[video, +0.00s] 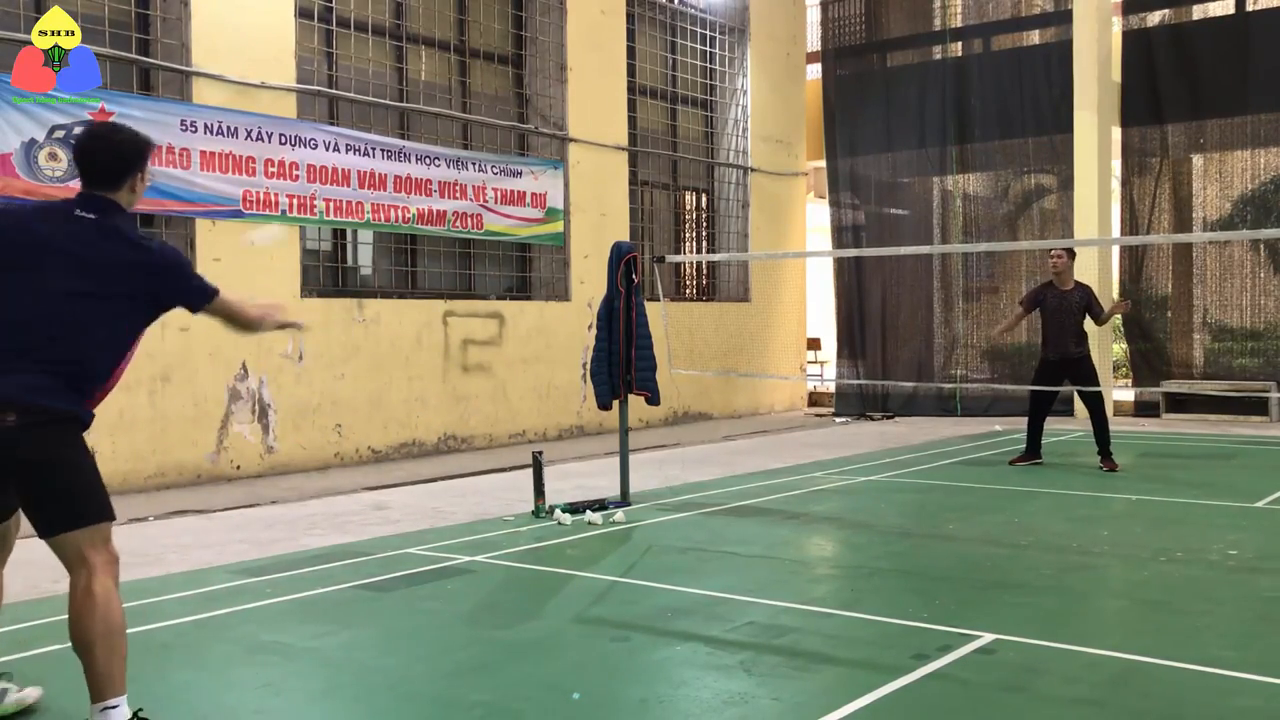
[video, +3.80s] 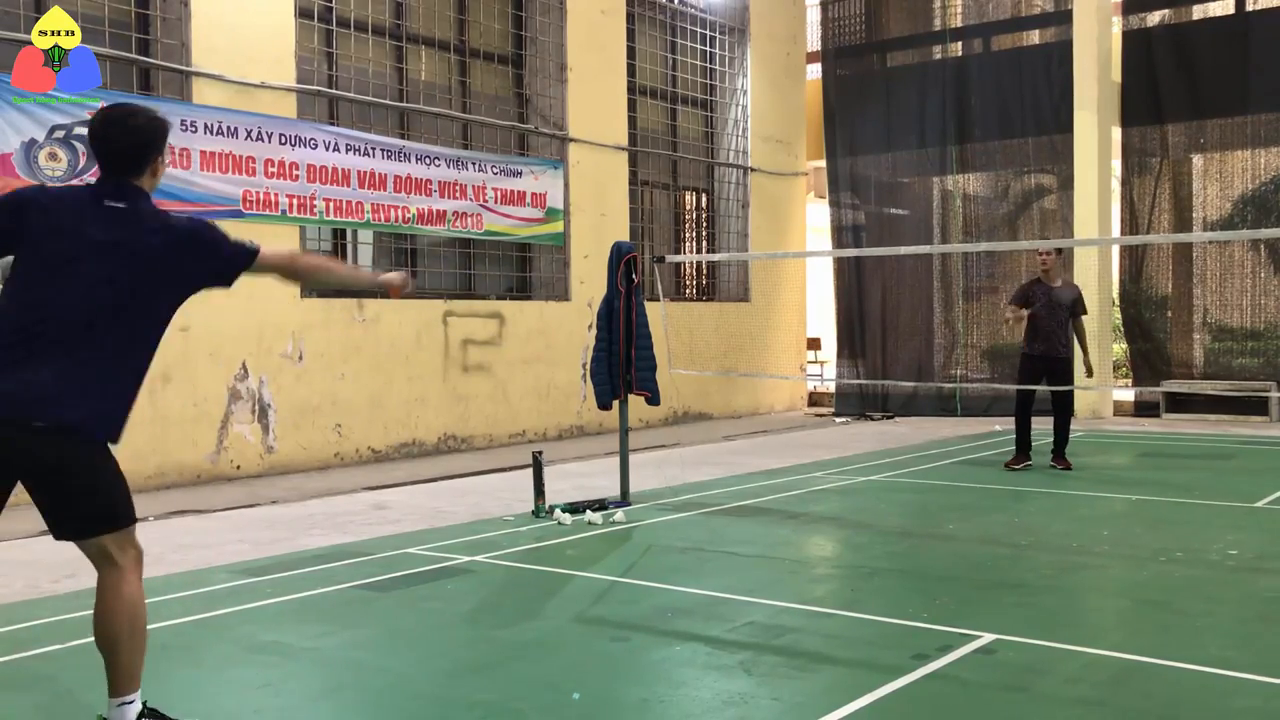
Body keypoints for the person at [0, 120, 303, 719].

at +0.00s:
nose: (149, 183)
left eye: (148, 174)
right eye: (147, 175)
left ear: (80, 174)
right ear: (137, 180)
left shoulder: (17, 221)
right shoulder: (148, 259)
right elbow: (235, 313)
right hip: (41, 426)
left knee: (1, 543)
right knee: (93, 562)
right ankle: (112, 711)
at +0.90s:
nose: (185, 148)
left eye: (181, 136)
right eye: (179, 138)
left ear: (114, 152)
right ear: (164, 151)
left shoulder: (63, 208)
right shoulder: (184, 236)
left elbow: (3, 269)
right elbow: (272, 317)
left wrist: (37, 314)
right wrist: (323, 311)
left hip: (25, 408)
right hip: (106, 420)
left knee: (7, 552)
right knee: (158, 556)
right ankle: (168, 706)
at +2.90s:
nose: (228, 165)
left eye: (227, 156)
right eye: (226, 157)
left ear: (159, 159)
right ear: (215, 163)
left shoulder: (100, 212)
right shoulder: (235, 240)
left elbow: (10, 270)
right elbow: (332, 271)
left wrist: (2, 334)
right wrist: (418, 286)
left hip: (61, 411)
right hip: (148, 422)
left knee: (28, 542)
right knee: (198, 546)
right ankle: (203, 699)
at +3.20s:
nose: (177, 181)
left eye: (175, 168)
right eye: (173, 169)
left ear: (113, 175)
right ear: (152, 174)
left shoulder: (56, 227)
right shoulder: (156, 243)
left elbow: (1, 288)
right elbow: (238, 308)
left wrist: (13, 347)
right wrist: (331, 337)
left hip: (15, 431)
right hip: (85, 438)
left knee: (5, 551)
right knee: (158, 557)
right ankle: (198, 700)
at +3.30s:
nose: (160, 197)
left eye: (158, 184)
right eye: (155, 186)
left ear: (93, 193)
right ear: (129, 193)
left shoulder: (38, 242)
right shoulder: (118, 262)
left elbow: (15, 326)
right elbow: (189, 345)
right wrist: (282, 381)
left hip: (2, 443)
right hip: (41, 448)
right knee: (126, 566)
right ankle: (192, 701)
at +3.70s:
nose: (159, 171)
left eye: (158, 160)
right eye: (158, 161)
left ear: (90, 165)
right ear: (142, 168)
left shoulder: (22, 213)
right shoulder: (146, 240)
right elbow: (235, 312)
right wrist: (253, 322)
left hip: (1, 413)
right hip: (53, 425)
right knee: (106, 562)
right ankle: (124, 709)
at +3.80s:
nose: (167, 162)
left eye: (163, 152)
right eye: (165, 153)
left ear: (93, 157)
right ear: (156, 162)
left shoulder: (33, 206)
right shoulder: (180, 240)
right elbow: (293, 265)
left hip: (1, 413)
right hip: (64, 429)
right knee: (118, 562)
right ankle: (125, 710)